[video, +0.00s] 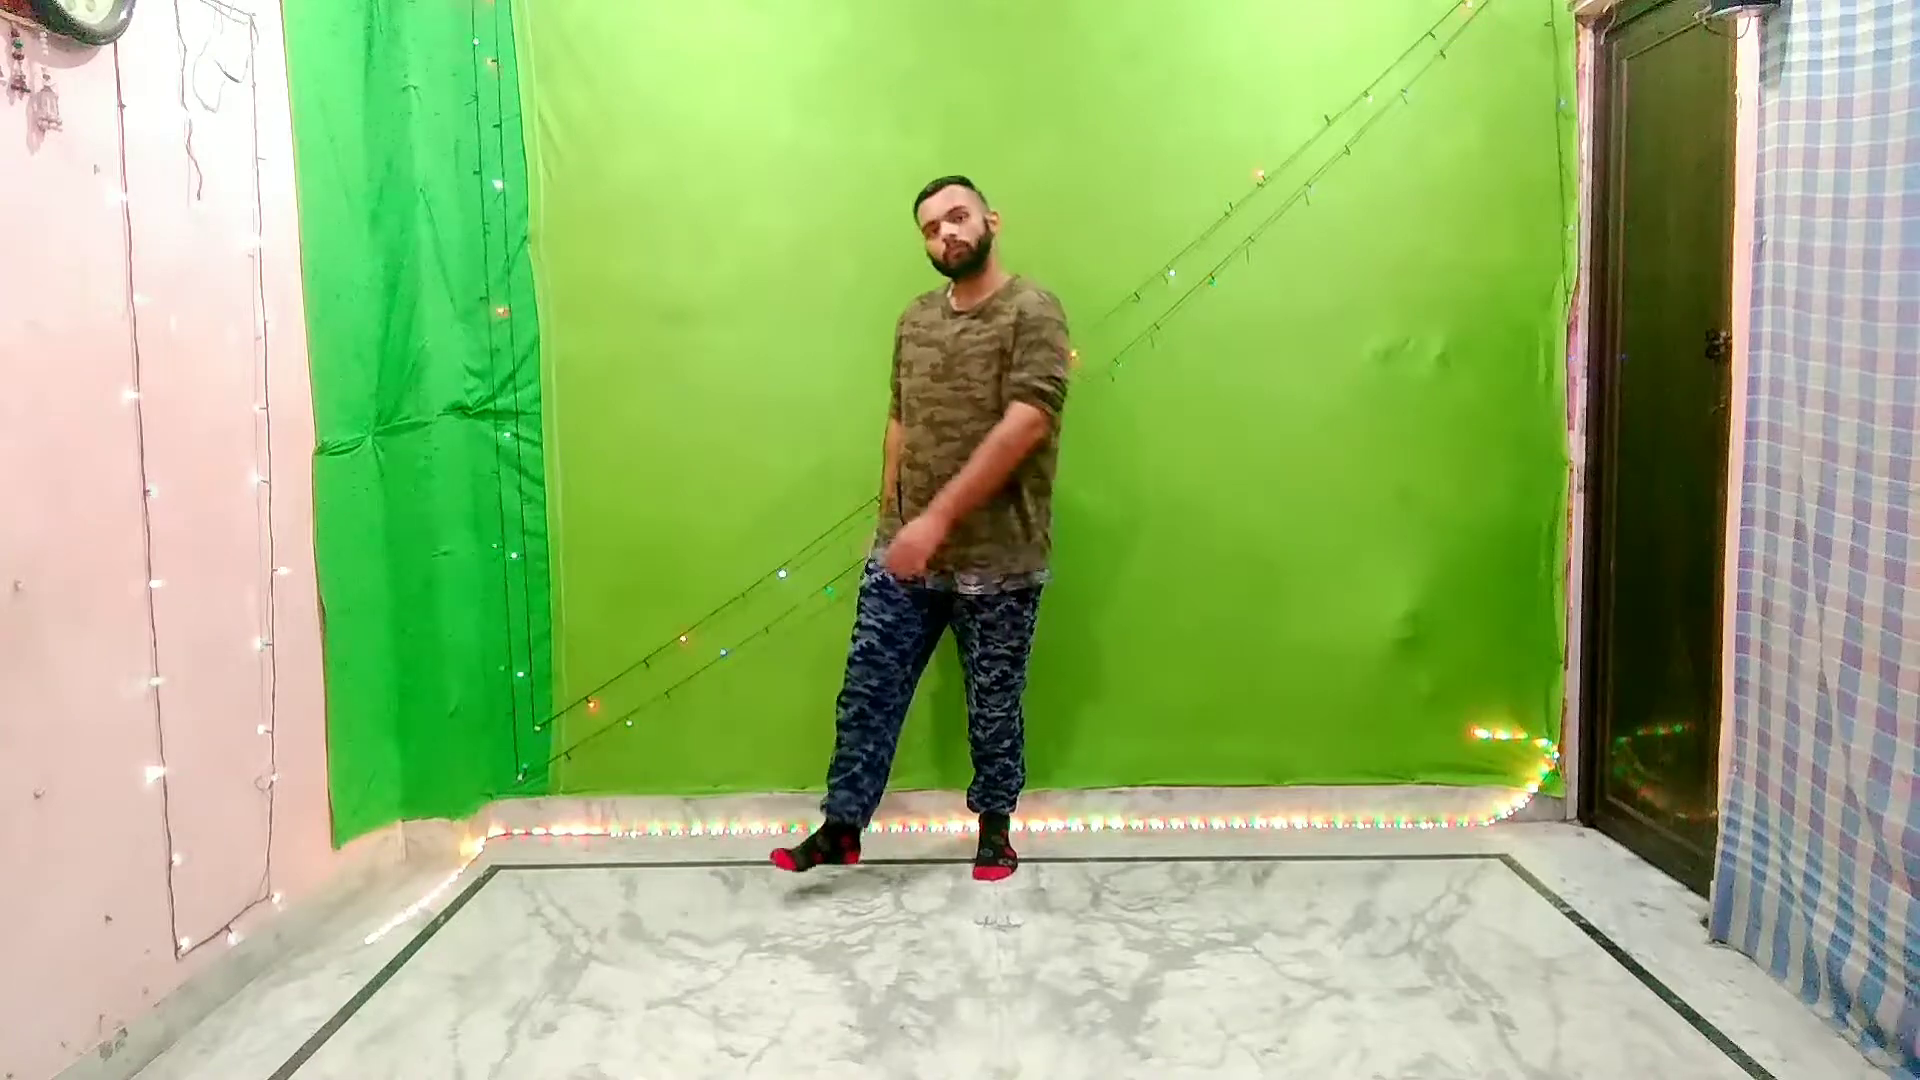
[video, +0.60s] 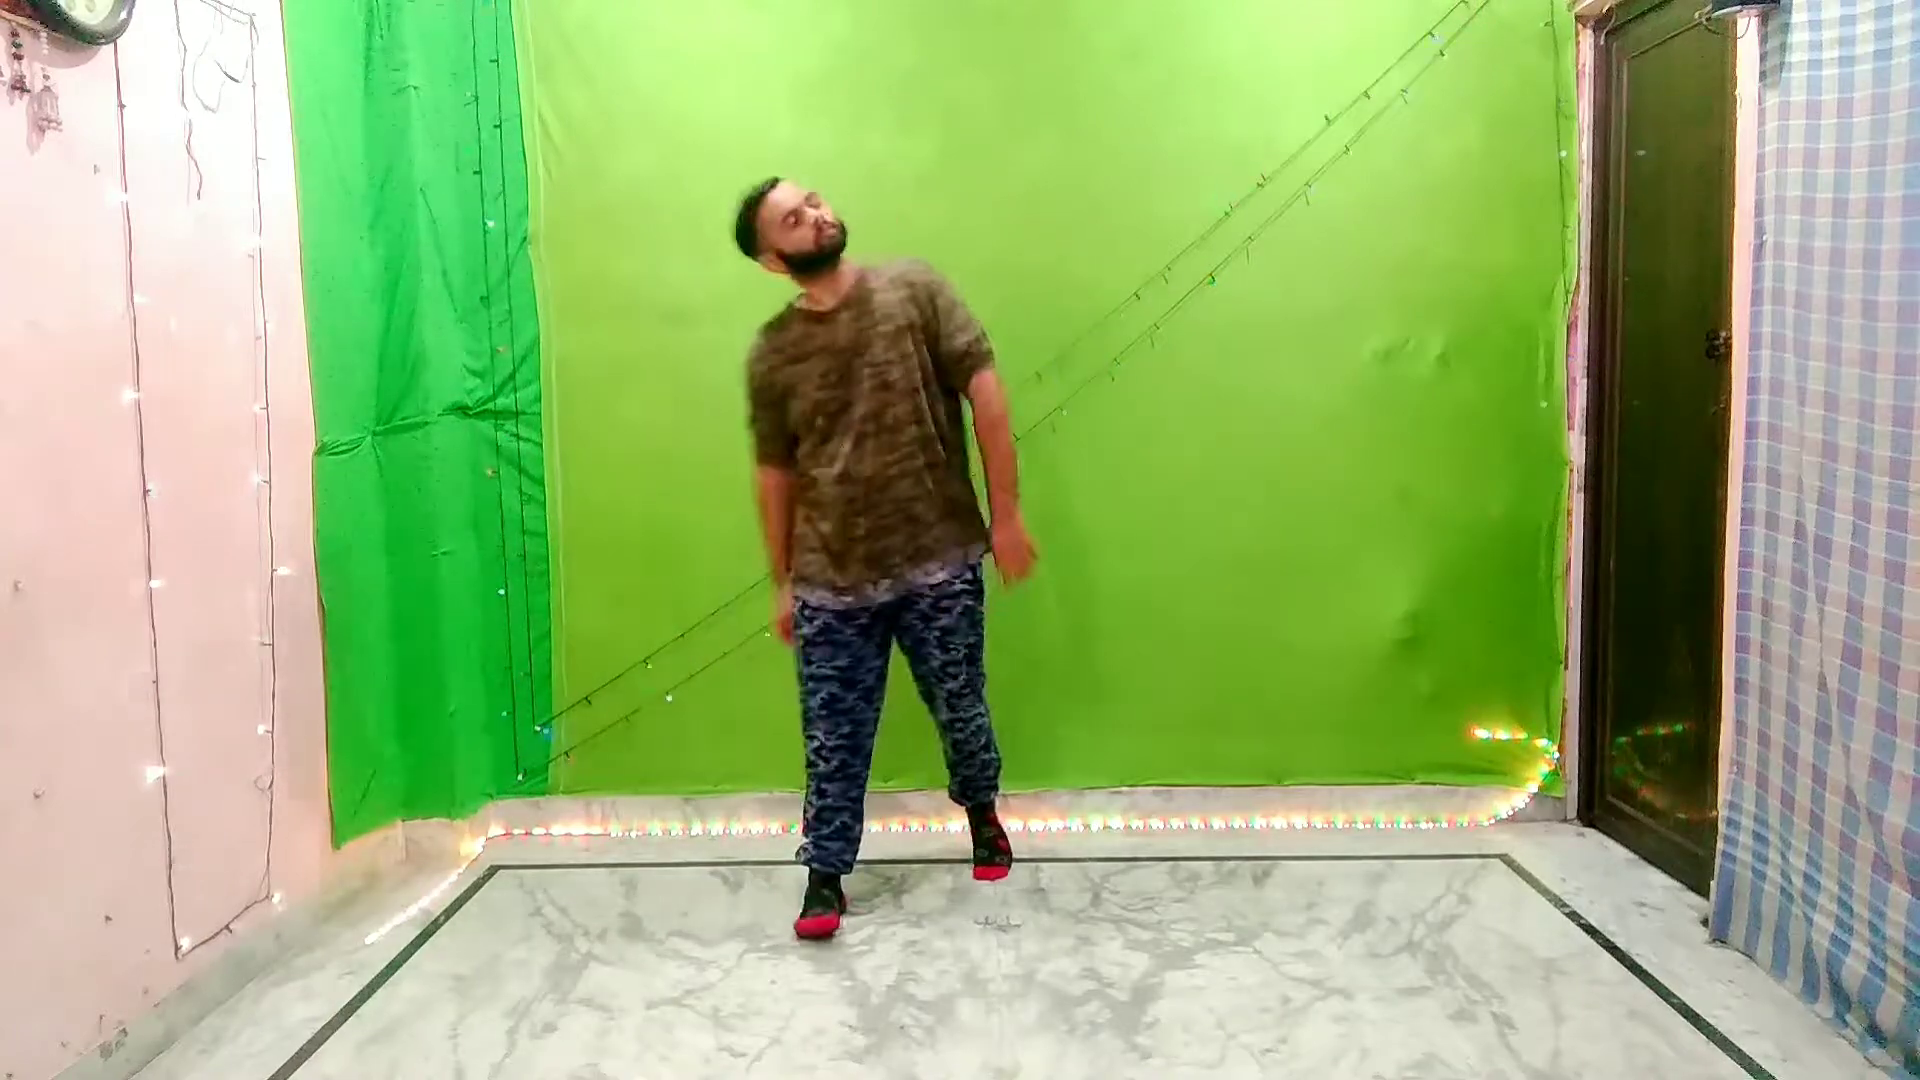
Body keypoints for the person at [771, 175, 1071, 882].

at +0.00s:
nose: (946, 233)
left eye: (956, 217)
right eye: (932, 229)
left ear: (992, 221)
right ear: (926, 247)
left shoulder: (1032, 310)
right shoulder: (917, 321)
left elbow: (1027, 422)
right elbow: (900, 423)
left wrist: (937, 520)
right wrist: (892, 517)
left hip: (997, 548)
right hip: (911, 543)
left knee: (993, 699)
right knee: (869, 686)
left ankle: (994, 829)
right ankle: (841, 828)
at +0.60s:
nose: (810, 213)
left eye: (810, 201)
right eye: (789, 219)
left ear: (833, 214)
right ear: (772, 259)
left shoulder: (914, 291)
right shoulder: (775, 352)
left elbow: (987, 391)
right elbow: (774, 469)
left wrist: (1006, 513)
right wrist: (783, 579)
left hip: (936, 550)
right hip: (831, 571)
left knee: (959, 704)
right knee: (832, 731)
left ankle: (983, 815)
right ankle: (823, 878)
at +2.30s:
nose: (1170, 169)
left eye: (1161, 160)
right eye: (1151, 165)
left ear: (1131, 202)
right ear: (1109, 203)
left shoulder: (1175, 294)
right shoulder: (1086, 304)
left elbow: (1218, 397)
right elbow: (1057, 442)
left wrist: (1288, 318)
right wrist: (1062, 580)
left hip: (1191, 566)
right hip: (1138, 574)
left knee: (1128, 731)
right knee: (1192, 751)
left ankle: (1073, 872)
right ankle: (1232, 936)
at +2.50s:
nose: (1208, 171)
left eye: (1199, 161)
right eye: (1189, 166)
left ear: (1172, 200)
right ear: (1147, 204)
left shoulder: (1213, 294)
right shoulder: (1126, 305)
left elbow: (1243, 408)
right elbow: (1112, 443)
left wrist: (1278, 341)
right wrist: (1166, 578)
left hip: (1259, 571)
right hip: (1194, 583)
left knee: (1246, 736)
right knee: (1226, 766)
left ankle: (1129, 841)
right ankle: (1246, 941)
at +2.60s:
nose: (1219, 166)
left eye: (1209, 156)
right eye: (1201, 163)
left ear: (1183, 200)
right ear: (1164, 204)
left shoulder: (1224, 292)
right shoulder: (1145, 303)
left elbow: (1262, 407)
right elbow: (1139, 444)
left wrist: (1300, 336)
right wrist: (1206, 579)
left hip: (1279, 574)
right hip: (1204, 586)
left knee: (1313, 701)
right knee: (1232, 765)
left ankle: (1236, 830)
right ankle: (1245, 940)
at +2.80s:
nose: (1254, 172)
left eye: (1243, 161)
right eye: (1233, 170)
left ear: (1213, 205)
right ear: (1190, 212)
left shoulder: (1266, 289)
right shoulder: (1183, 312)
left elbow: (1310, 405)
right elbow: (1227, 461)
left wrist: (1359, 338)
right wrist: (1305, 589)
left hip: (1331, 579)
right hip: (1243, 601)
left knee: (1380, 744)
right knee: (1262, 772)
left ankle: (1422, 903)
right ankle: (1246, 941)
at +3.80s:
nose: (1429, 156)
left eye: (1416, 147)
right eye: (1411, 157)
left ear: (1379, 208)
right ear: (1376, 207)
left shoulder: (1416, 287)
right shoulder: (1359, 292)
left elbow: (1485, 371)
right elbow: (1500, 358)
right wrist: (1557, 208)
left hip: (1465, 569)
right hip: (1381, 571)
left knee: (1491, 749)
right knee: (1392, 753)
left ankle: (1448, 917)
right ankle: (1272, 914)